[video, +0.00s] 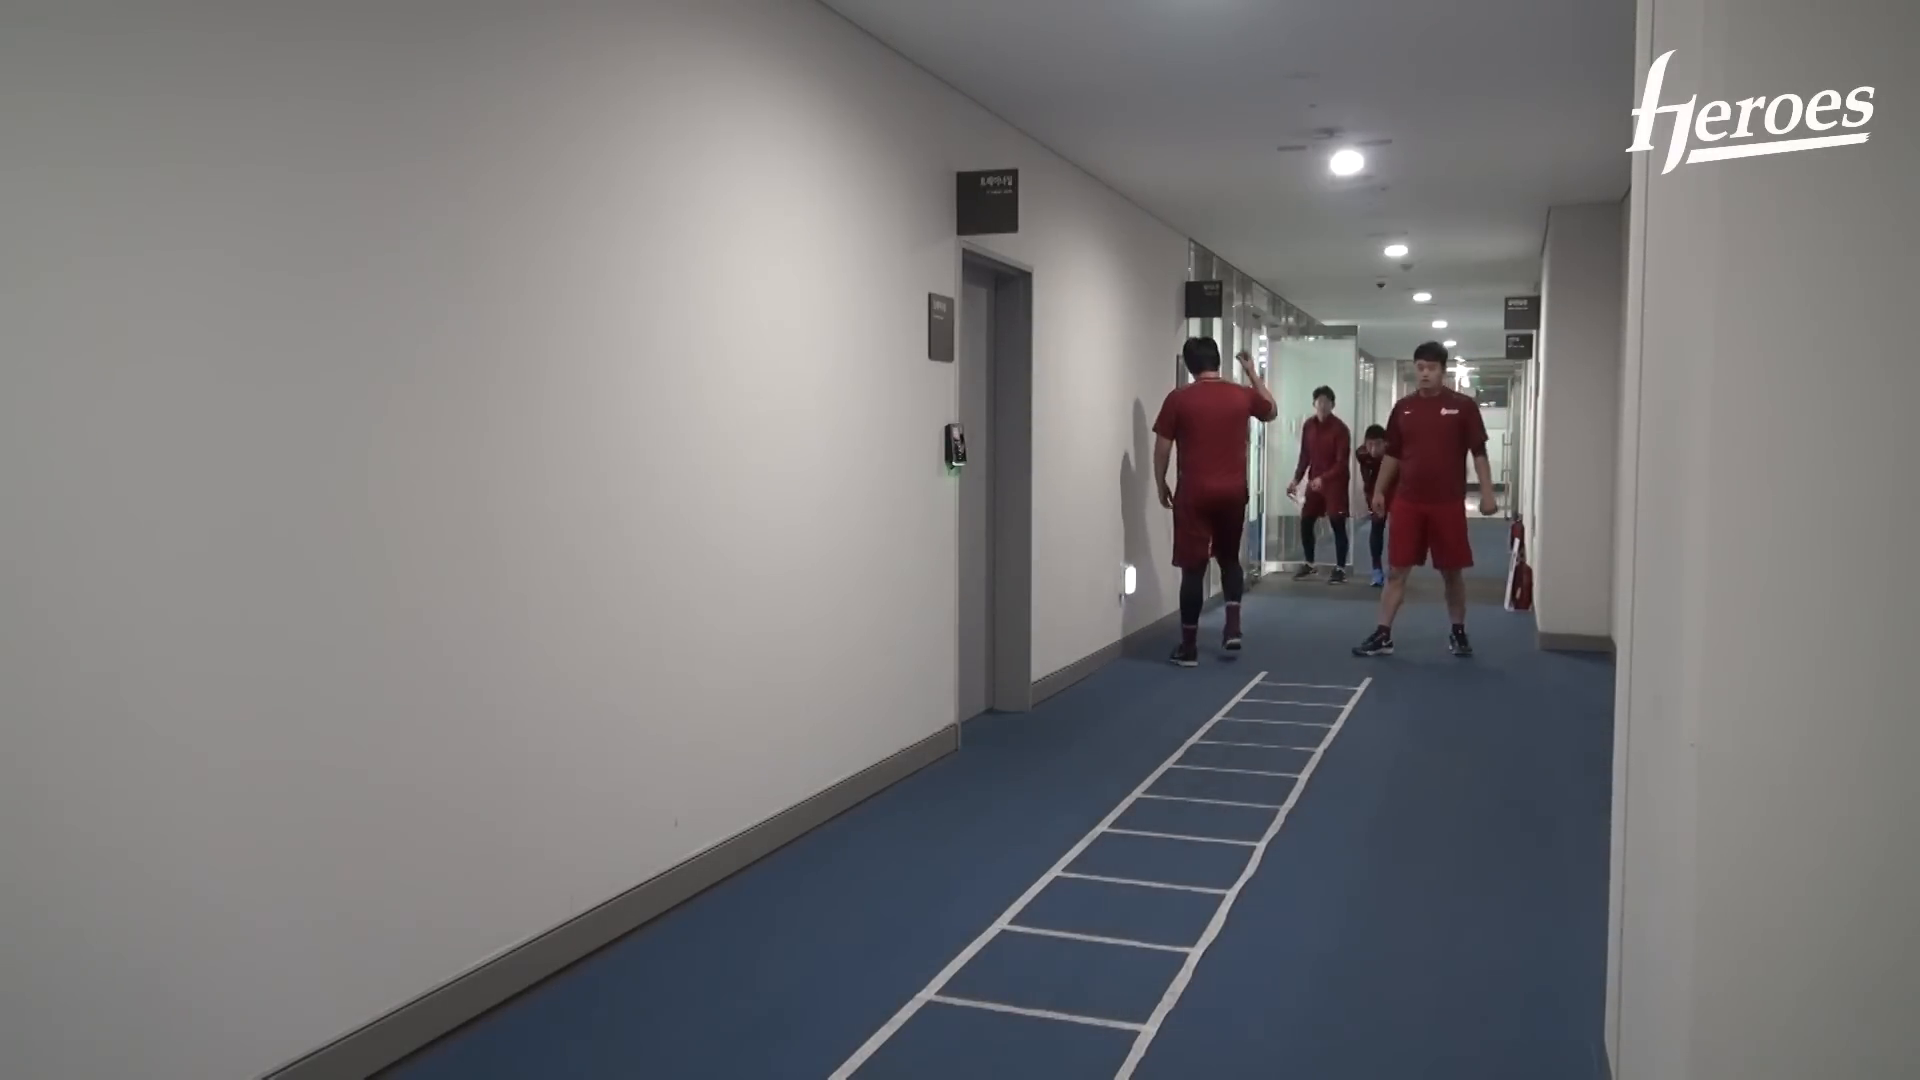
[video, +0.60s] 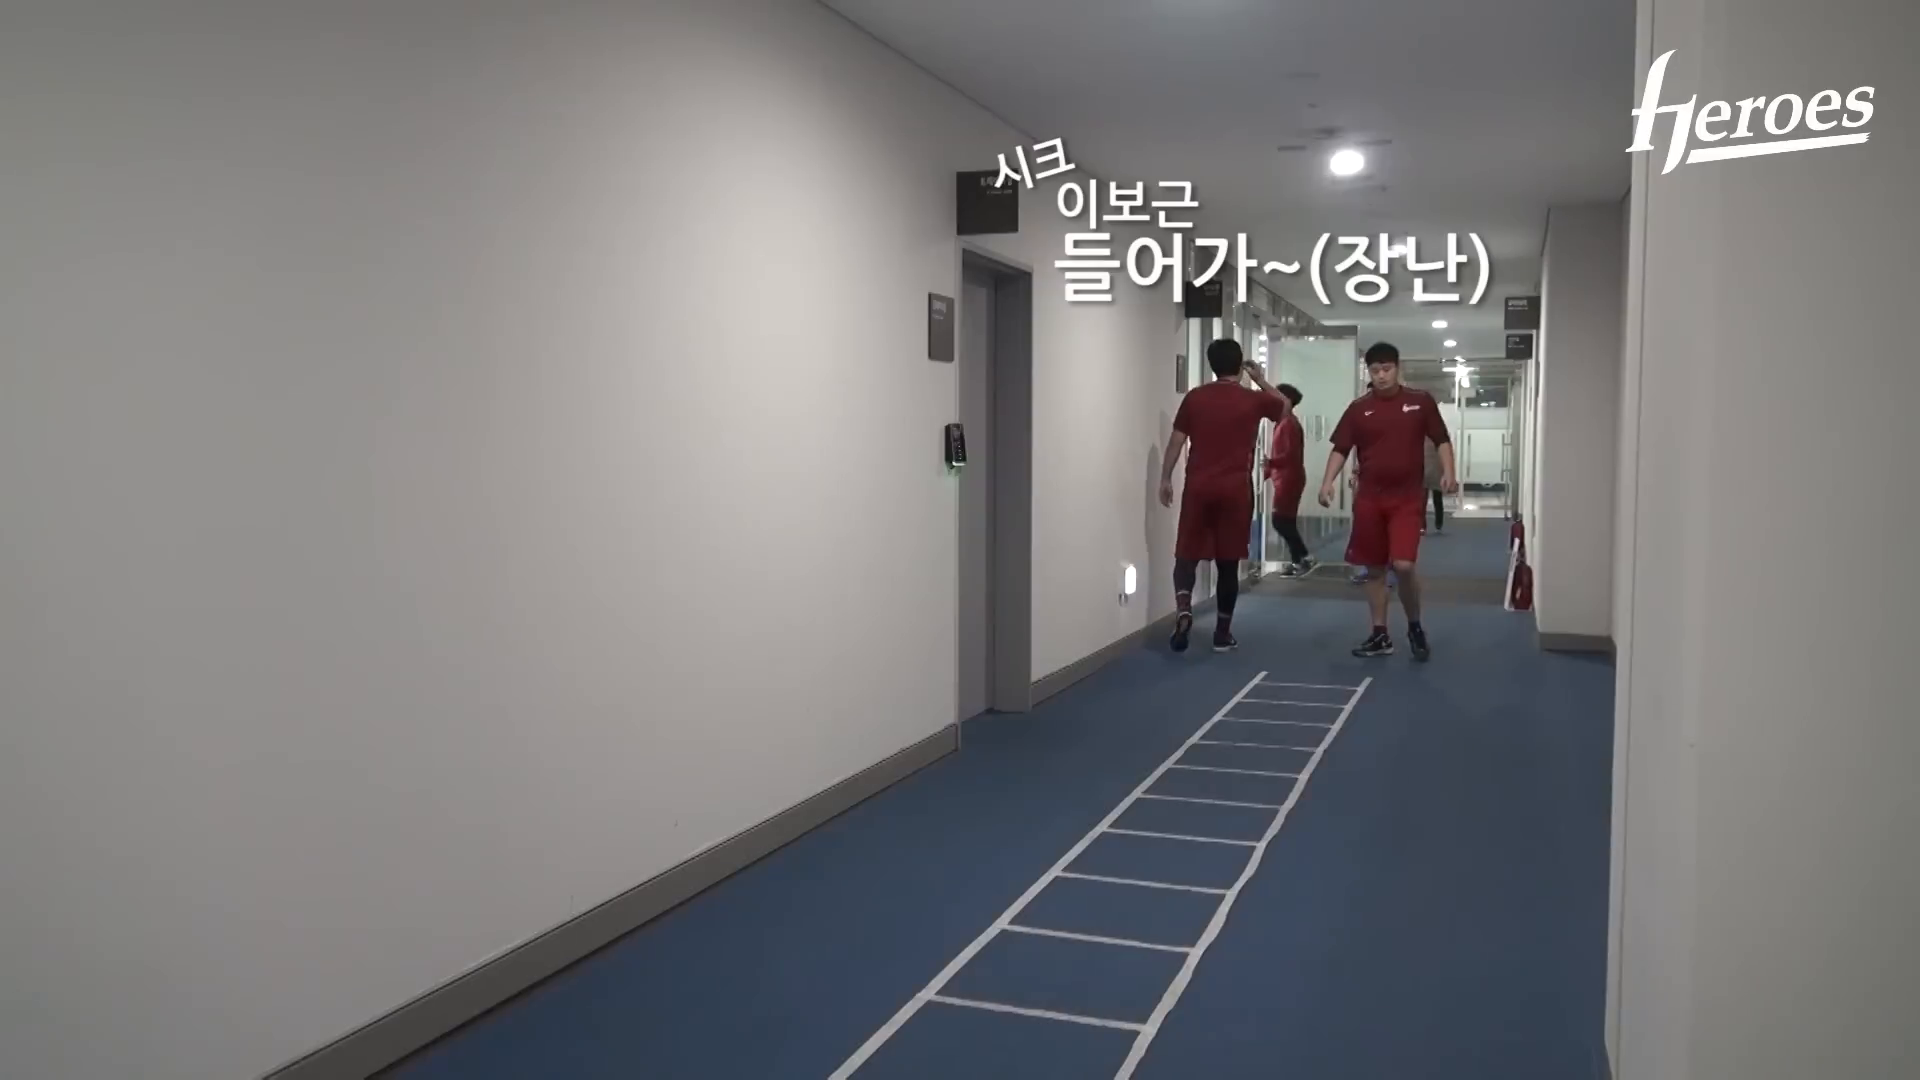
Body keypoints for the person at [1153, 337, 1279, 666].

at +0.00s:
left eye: (1186, 365)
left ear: (1189, 366)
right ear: (1219, 364)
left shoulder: (1179, 398)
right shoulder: (1241, 394)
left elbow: (1162, 447)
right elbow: (1270, 409)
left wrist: (1161, 484)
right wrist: (1253, 374)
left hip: (1194, 493)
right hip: (1233, 492)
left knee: (1193, 569)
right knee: (1230, 559)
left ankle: (1188, 647)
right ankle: (1233, 630)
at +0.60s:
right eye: (1239, 362)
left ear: (1211, 366)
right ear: (1241, 366)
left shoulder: (1195, 397)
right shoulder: (1252, 399)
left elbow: (1176, 442)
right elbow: (1284, 409)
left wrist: (1165, 479)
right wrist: (1261, 380)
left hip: (1198, 488)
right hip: (1235, 490)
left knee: (1186, 555)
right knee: (1228, 564)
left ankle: (1183, 610)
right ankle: (1222, 634)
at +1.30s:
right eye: (1253, 369)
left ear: (1228, 377)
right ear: (1255, 372)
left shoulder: (1218, 405)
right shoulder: (1271, 399)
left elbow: (1204, 447)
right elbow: (1297, 412)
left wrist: (1192, 483)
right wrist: (1273, 387)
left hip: (1224, 487)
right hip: (1258, 487)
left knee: (1227, 552)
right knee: (1267, 553)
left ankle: (1227, 619)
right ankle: (1238, 601)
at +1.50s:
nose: (1270, 377)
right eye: (1270, 372)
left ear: (1245, 375)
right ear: (1272, 373)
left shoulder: (1231, 402)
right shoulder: (1283, 400)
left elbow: (1215, 443)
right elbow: (1313, 413)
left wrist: (1208, 476)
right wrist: (1290, 385)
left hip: (1233, 489)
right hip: (1270, 488)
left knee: (1232, 553)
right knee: (1295, 545)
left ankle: (1227, 618)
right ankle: (1284, 611)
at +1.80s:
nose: (1308, 380)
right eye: (1308, 376)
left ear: (1282, 377)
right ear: (1308, 377)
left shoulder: (1267, 405)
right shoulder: (1315, 407)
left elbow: (1249, 444)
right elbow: (1348, 420)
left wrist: (1244, 478)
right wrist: (1329, 393)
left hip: (1266, 489)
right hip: (1300, 491)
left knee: (1254, 552)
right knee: (1308, 555)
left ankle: (1233, 610)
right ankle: (1318, 616)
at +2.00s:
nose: (1332, 377)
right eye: (1331, 373)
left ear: (1305, 374)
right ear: (1330, 374)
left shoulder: (1289, 401)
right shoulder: (1335, 402)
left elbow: (1271, 441)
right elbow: (1368, 415)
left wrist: (1266, 477)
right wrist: (1349, 387)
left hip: (1288, 482)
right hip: (1320, 484)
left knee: (1291, 541)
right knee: (1319, 548)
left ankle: (1266, 587)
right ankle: (1319, 615)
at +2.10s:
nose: (1341, 378)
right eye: (1340, 374)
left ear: (1314, 374)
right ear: (1338, 375)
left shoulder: (1296, 402)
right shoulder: (1342, 402)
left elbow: (1280, 442)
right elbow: (1373, 413)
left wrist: (1274, 477)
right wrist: (1356, 387)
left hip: (1296, 481)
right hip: (1325, 483)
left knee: (1303, 541)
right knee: (1323, 547)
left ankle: (1288, 597)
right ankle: (1319, 615)